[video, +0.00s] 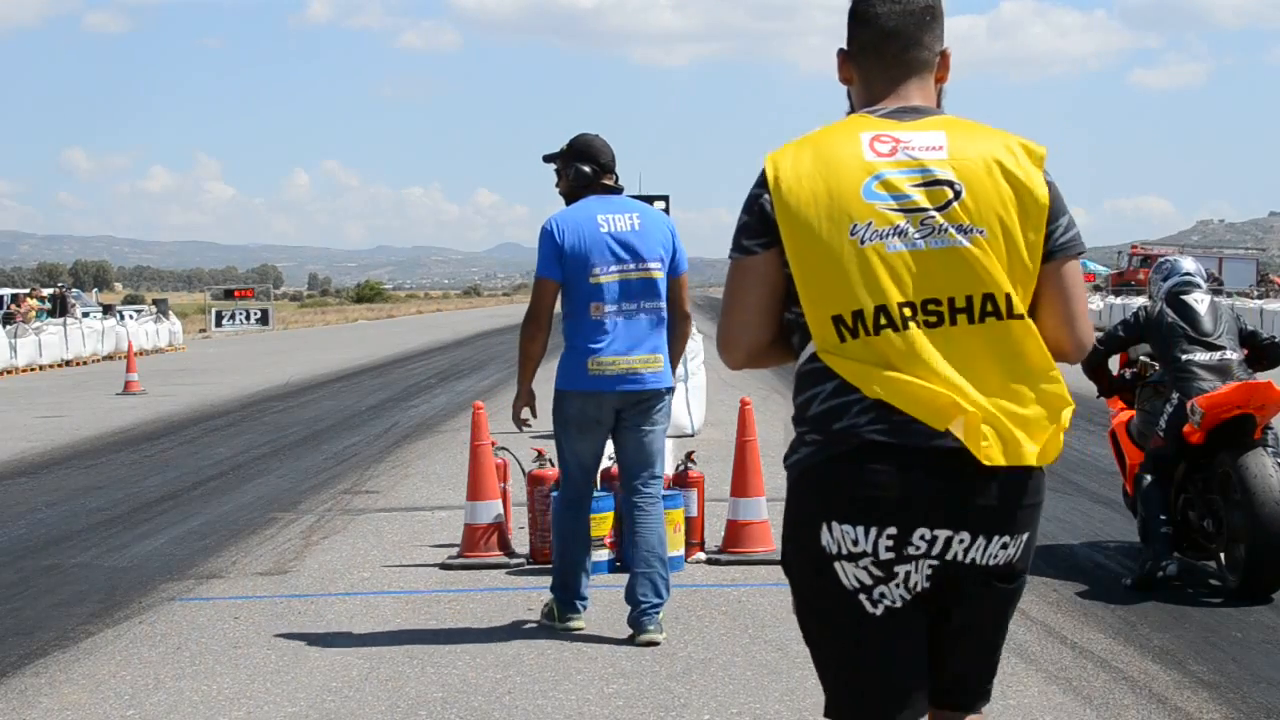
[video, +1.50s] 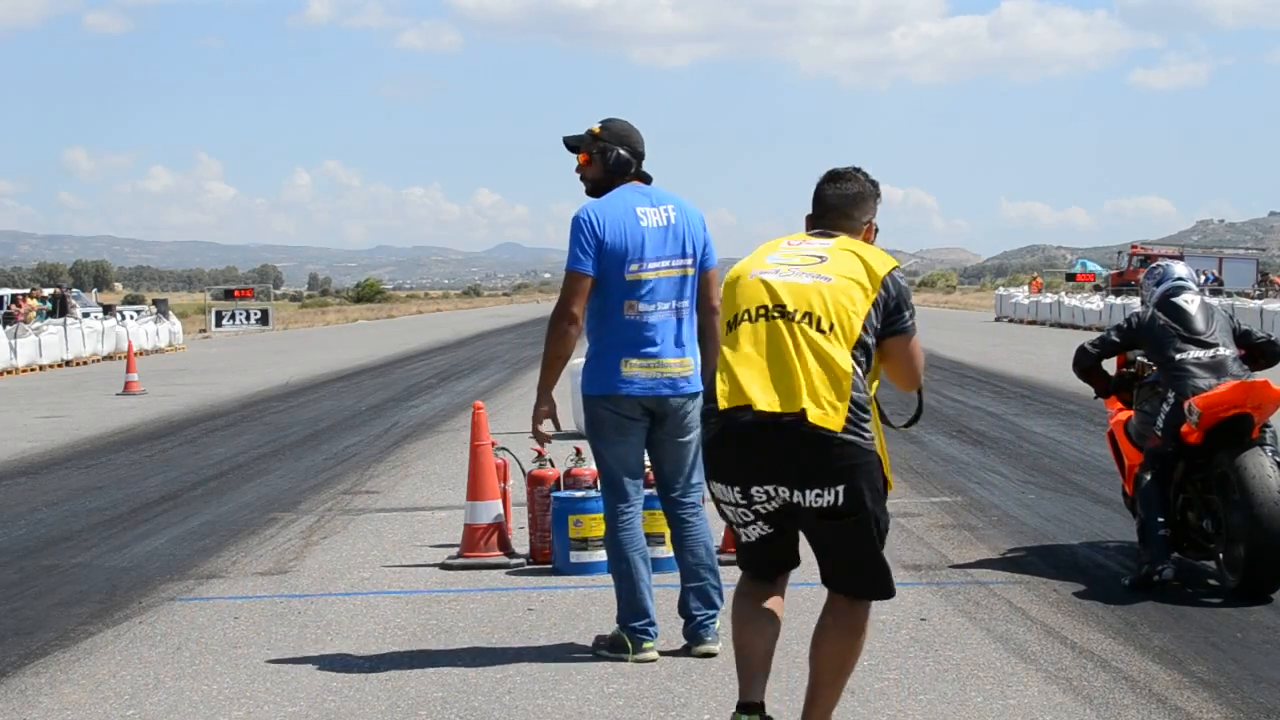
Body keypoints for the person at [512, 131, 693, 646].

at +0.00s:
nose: (556, 183)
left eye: (559, 175)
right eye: (556, 175)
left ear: (576, 176)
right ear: (612, 177)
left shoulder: (562, 227)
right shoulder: (661, 224)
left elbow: (540, 316)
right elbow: (681, 313)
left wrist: (524, 381)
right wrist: (666, 370)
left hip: (584, 382)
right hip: (651, 378)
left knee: (574, 491)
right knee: (645, 492)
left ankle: (569, 604)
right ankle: (648, 614)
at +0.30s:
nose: (578, 179)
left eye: (581, 170)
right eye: (578, 170)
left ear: (597, 170)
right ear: (635, 171)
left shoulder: (585, 220)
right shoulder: (683, 221)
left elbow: (564, 312)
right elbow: (700, 309)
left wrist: (551, 380)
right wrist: (697, 377)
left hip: (602, 379)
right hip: (669, 377)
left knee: (585, 492)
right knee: (658, 497)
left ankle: (587, 611)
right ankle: (651, 618)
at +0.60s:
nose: (584, 175)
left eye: (587, 166)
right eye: (584, 165)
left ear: (601, 169)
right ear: (640, 169)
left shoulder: (589, 219)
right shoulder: (687, 220)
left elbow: (564, 312)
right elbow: (709, 307)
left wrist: (543, 389)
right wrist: (708, 382)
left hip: (607, 381)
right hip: (673, 380)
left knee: (605, 492)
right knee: (658, 495)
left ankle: (632, 612)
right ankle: (652, 611)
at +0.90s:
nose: (577, 171)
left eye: (581, 162)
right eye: (577, 161)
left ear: (598, 165)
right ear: (631, 164)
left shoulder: (584, 219)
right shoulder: (676, 215)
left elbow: (562, 313)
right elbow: (698, 304)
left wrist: (541, 381)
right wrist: (686, 370)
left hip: (607, 380)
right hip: (669, 378)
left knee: (620, 501)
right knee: (659, 495)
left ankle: (639, 630)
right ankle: (653, 609)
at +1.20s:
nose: (572, 173)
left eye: (575, 164)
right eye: (572, 164)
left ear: (593, 166)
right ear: (631, 165)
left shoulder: (581, 220)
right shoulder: (680, 215)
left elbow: (564, 317)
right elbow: (700, 308)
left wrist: (549, 395)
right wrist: (684, 365)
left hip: (609, 382)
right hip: (675, 380)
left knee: (622, 504)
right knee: (668, 497)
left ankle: (638, 630)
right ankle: (669, 620)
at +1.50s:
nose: (578, 169)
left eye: (585, 159)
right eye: (579, 159)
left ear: (610, 161)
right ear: (635, 163)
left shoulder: (594, 218)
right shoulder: (690, 215)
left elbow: (570, 317)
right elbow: (711, 308)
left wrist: (545, 391)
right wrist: (709, 379)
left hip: (614, 386)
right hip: (682, 382)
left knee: (623, 508)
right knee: (688, 500)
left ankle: (638, 633)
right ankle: (704, 626)